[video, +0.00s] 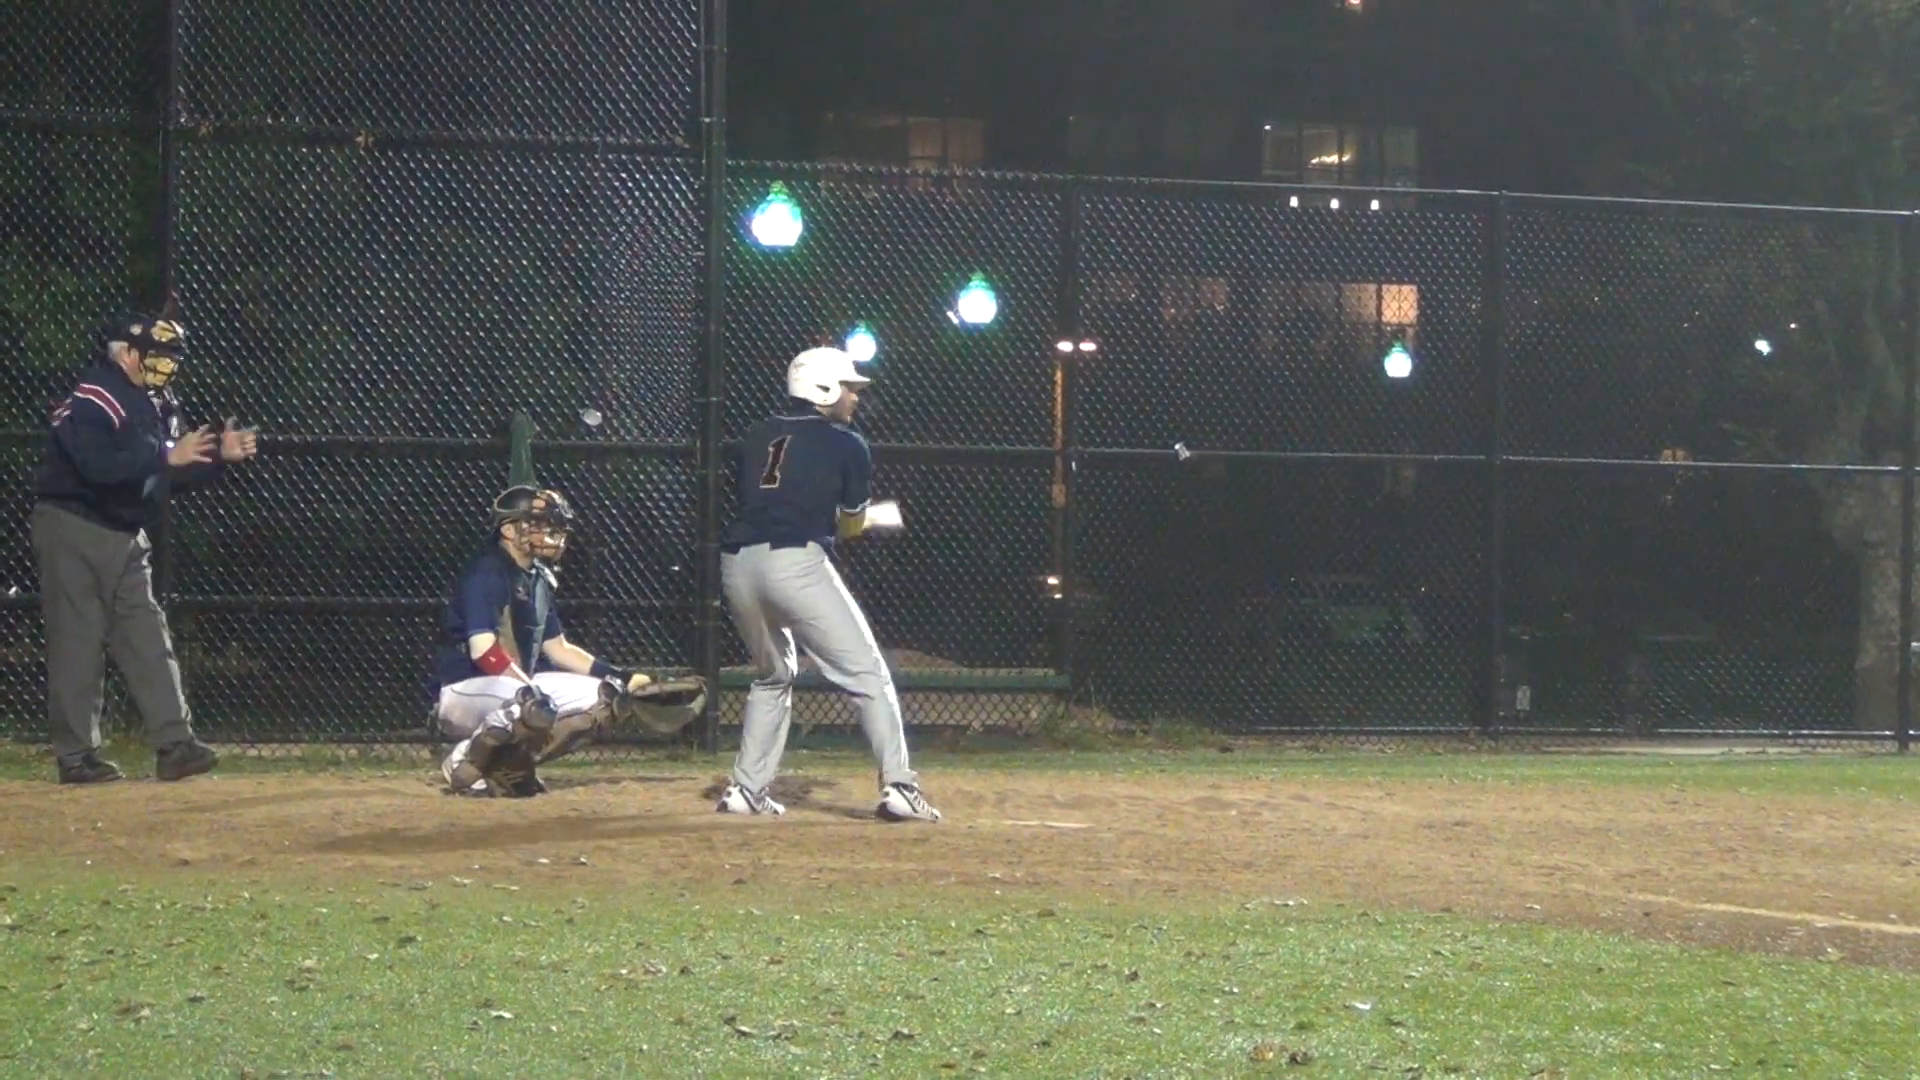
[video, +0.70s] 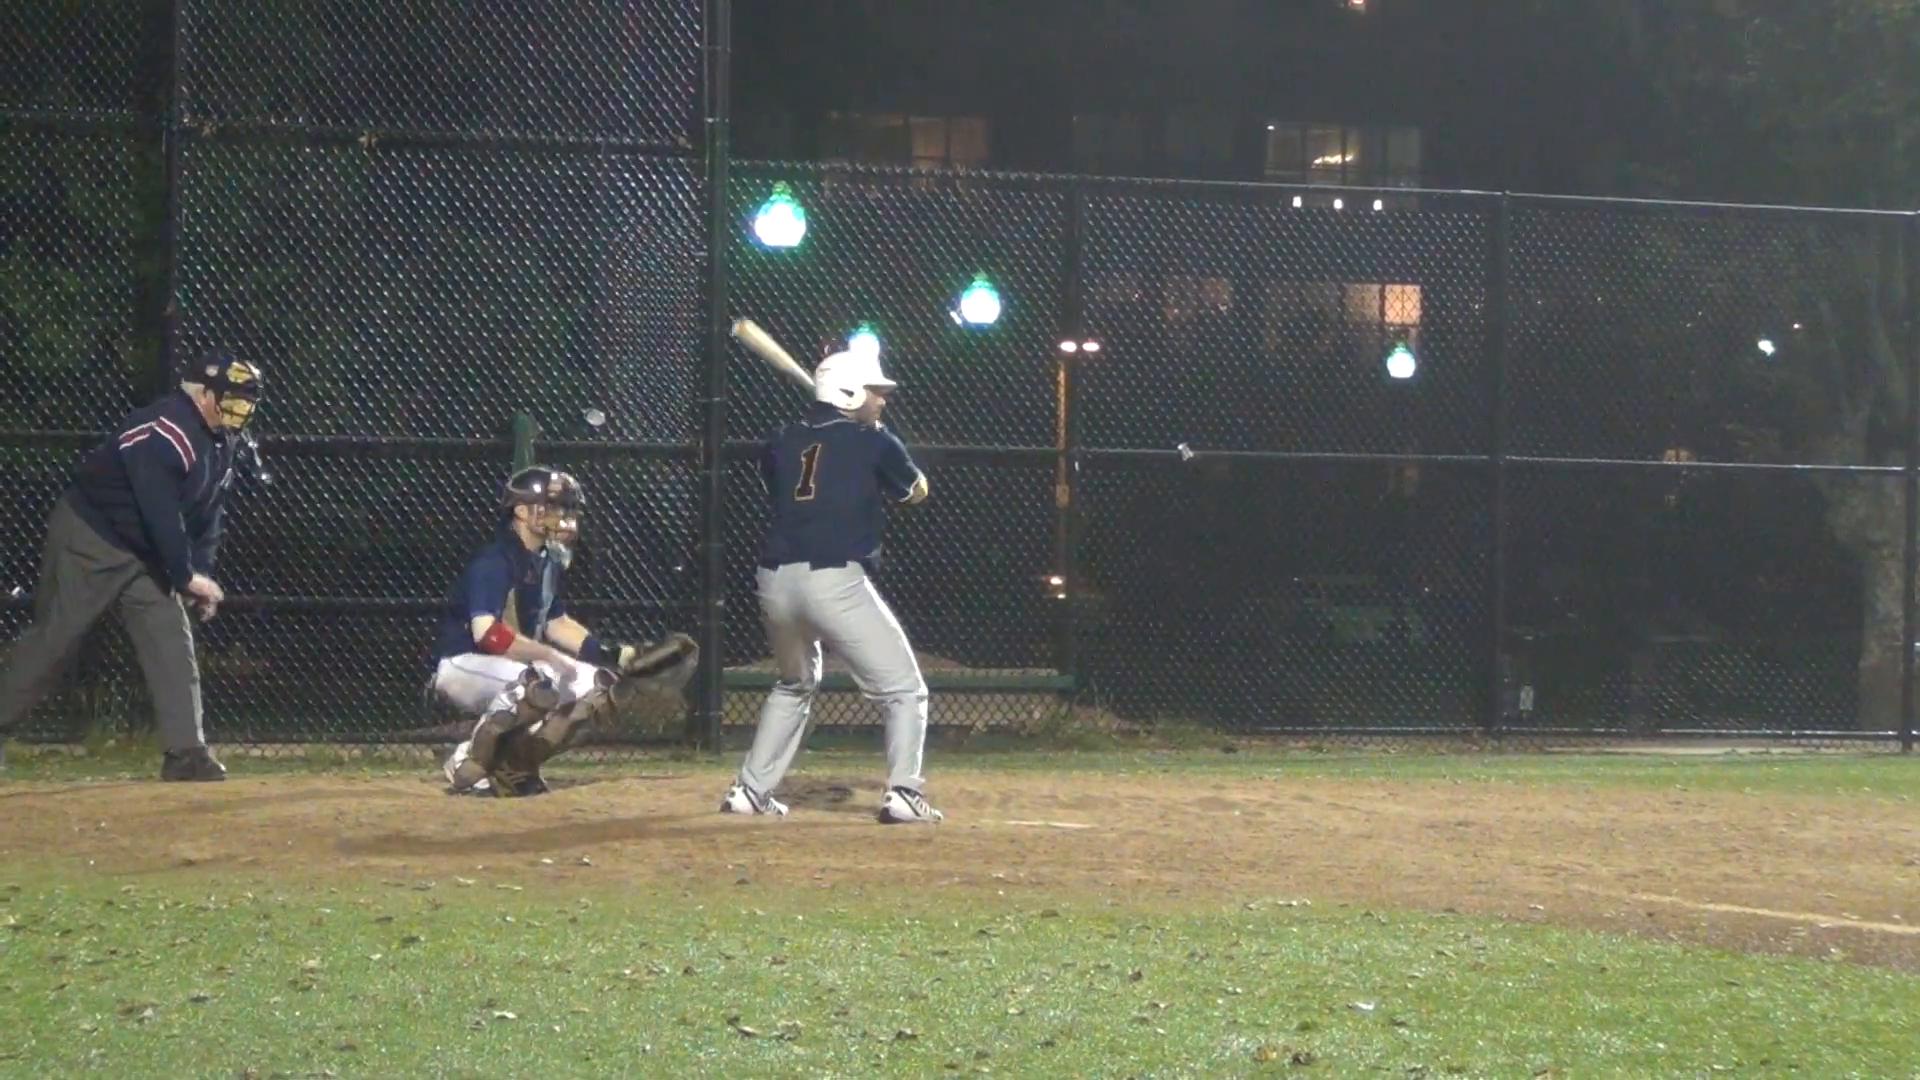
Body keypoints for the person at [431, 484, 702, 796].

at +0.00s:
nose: (548, 535)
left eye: (552, 527)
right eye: (537, 525)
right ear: (508, 531)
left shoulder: (537, 577)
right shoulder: (486, 573)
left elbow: (558, 648)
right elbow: (484, 651)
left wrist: (621, 677)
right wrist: (532, 694)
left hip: (515, 684)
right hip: (463, 691)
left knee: (604, 695)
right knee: (534, 707)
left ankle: (513, 766)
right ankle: (464, 765)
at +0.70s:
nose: (562, 518)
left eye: (564, 510)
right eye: (552, 509)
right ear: (523, 512)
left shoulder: (547, 562)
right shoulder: (494, 560)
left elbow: (555, 623)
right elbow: (487, 634)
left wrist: (615, 656)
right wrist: (546, 655)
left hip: (519, 661)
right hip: (463, 664)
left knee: (599, 685)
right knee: (538, 684)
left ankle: (516, 766)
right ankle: (467, 767)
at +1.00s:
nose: (570, 494)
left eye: (572, 486)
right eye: (560, 486)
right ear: (530, 489)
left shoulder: (557, 530)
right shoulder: (499, 532)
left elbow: (566, 584)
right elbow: (509, 613)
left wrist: (602, 607)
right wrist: (578, 617)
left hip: (522, 634)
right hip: (466, 635)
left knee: (601, 656)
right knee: (522, 681)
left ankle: (573, 755)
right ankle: (477, 769)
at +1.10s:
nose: (574, 516)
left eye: (575, 509)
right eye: (563, 509)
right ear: (533, 512)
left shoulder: (559, 554)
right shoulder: (504, 555)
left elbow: (574, 609)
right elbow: (518, 628)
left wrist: (604, 603)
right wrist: (588, 626)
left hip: (528, 650)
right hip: (468, 654)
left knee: (610, 664)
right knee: (526, 684)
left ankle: (584, 760)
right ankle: (477, 770)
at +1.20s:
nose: (578, 537)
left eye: (580, 529)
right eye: (568, 529)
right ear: (537, 531)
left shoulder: (569, 571)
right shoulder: (506, 573)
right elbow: (528, 640)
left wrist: (601, 613)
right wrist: (594, 627)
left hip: (536, 667)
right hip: (473, 675)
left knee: (624, 664)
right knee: (534, 686)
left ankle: (585, 763)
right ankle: (484, 771)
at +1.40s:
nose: (584, 550)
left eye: (586, 542)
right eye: (574, 542)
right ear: (545, 545)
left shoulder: (578, 586)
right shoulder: (512, 581)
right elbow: (526, 644)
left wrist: (621, 631)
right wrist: (600, 635)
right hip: (482, 690)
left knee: (635, 672)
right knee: (542, 684)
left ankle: (587, 764)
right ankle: (492, 773)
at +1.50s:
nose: (590, 550)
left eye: (592, 543)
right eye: (580, 543)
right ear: (551, 546)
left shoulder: (587, 589)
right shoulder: (519, 584)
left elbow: (601, 634)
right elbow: (514, 646)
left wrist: (634, 638)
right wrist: (587, 643)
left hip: (554, 682)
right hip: (488, 690)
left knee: (638, 675)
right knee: (544, 682)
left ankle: (586, 764)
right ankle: (491, 773)